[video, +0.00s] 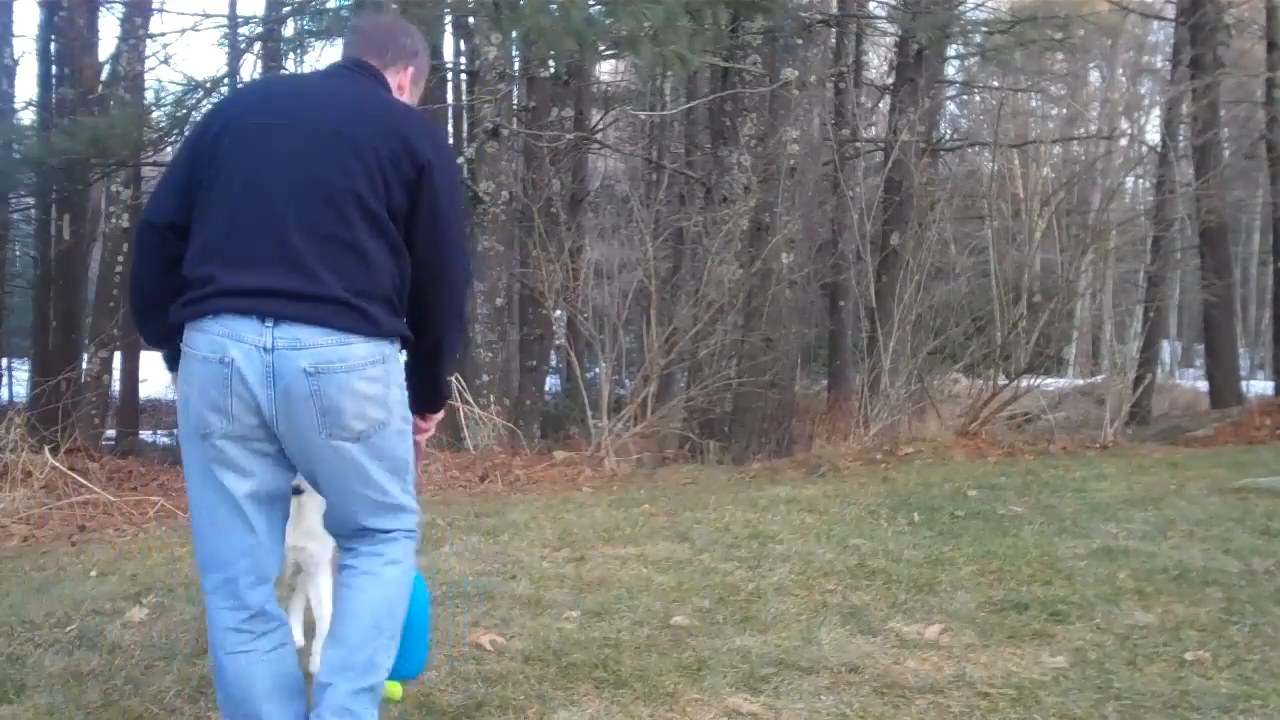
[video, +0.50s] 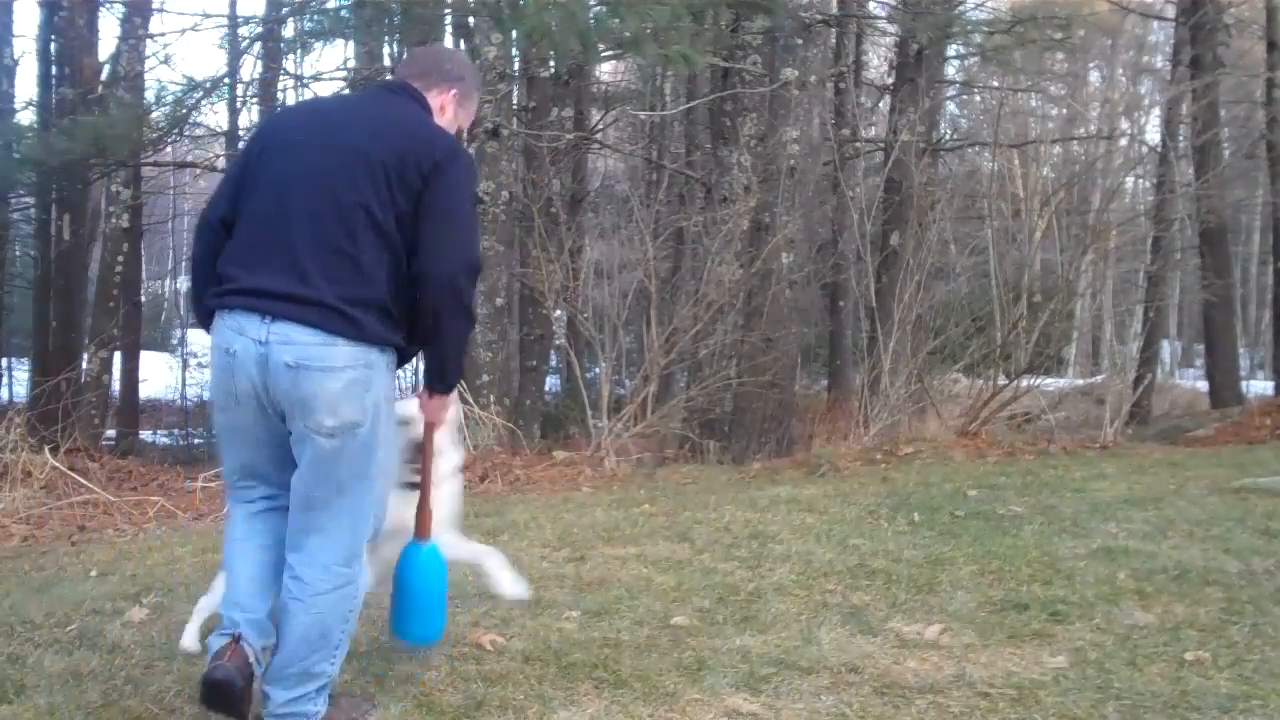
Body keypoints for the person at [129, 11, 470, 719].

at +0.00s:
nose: (419, 102)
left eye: (421, 92)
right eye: (421, 91)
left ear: (343, 61)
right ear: (403, 76)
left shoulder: (237, 105)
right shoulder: (415, 135)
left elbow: (157, 231)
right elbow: (443, 277)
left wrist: (180, 343)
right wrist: (430, 387)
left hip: (215, 352)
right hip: (346, 357)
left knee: (239, 587)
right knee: (377, 536)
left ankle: (264, 711)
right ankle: (344, 706)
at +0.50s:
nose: (460, 138)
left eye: (465, 126)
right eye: (465, 123)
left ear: (396, 83)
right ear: (445, 99)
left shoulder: (288, 119)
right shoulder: (439, 152)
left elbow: (213, 225)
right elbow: (447, 271)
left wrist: (218, 317)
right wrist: (441, 385)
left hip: (238, 340)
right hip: (338, 355)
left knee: (254, 498)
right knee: (328, 538)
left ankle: (239, 639)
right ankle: (296, 706)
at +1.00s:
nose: (538, 131)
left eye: (547, 120)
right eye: (539, 112)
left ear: (507, 91)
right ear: (506, 83)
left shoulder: (465, 139)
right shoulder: (443, 116)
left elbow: (437, 247)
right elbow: (389, 200)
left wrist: (458, 326)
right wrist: (435, 303)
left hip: (414, 347)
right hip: (370, 343)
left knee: (449, 513)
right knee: (393, 531)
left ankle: (432, 657)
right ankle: (297, 692)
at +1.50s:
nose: (589, 93)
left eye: (601, 79)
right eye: (575, 77)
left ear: (611, 74)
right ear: (536, 63)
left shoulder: (597, 153)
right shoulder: (470, 125)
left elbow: (608, 256)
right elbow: (392, 202)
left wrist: (621, 321)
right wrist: (455, 273)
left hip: (539, 355)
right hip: (463, 347)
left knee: (486, 509)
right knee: (534, 506)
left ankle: (433, 655)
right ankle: (576, 682)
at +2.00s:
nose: (617, 48)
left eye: (632, 31)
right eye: (601, 32)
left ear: (652, 26)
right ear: (572, 27)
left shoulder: (687, 112)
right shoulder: (519, 107)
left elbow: (728, 215)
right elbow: (465, 207)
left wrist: (717, 275)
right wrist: (522, 203)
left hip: (662, 354)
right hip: (548, 358)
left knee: (700, 516)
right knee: (558, 530)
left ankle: (685, 684)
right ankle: (576, 687)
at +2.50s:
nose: (677, 6)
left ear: (724, 1)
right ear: (635, 3)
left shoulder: (785, 96)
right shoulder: (584, 94)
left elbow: (846, 215)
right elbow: (534, 201)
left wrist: (795, 277)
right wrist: (553, 233)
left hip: (754, 372)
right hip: (620, 371)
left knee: (773, 566)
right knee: (608, 545)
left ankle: (758, 713)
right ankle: (627, 702)